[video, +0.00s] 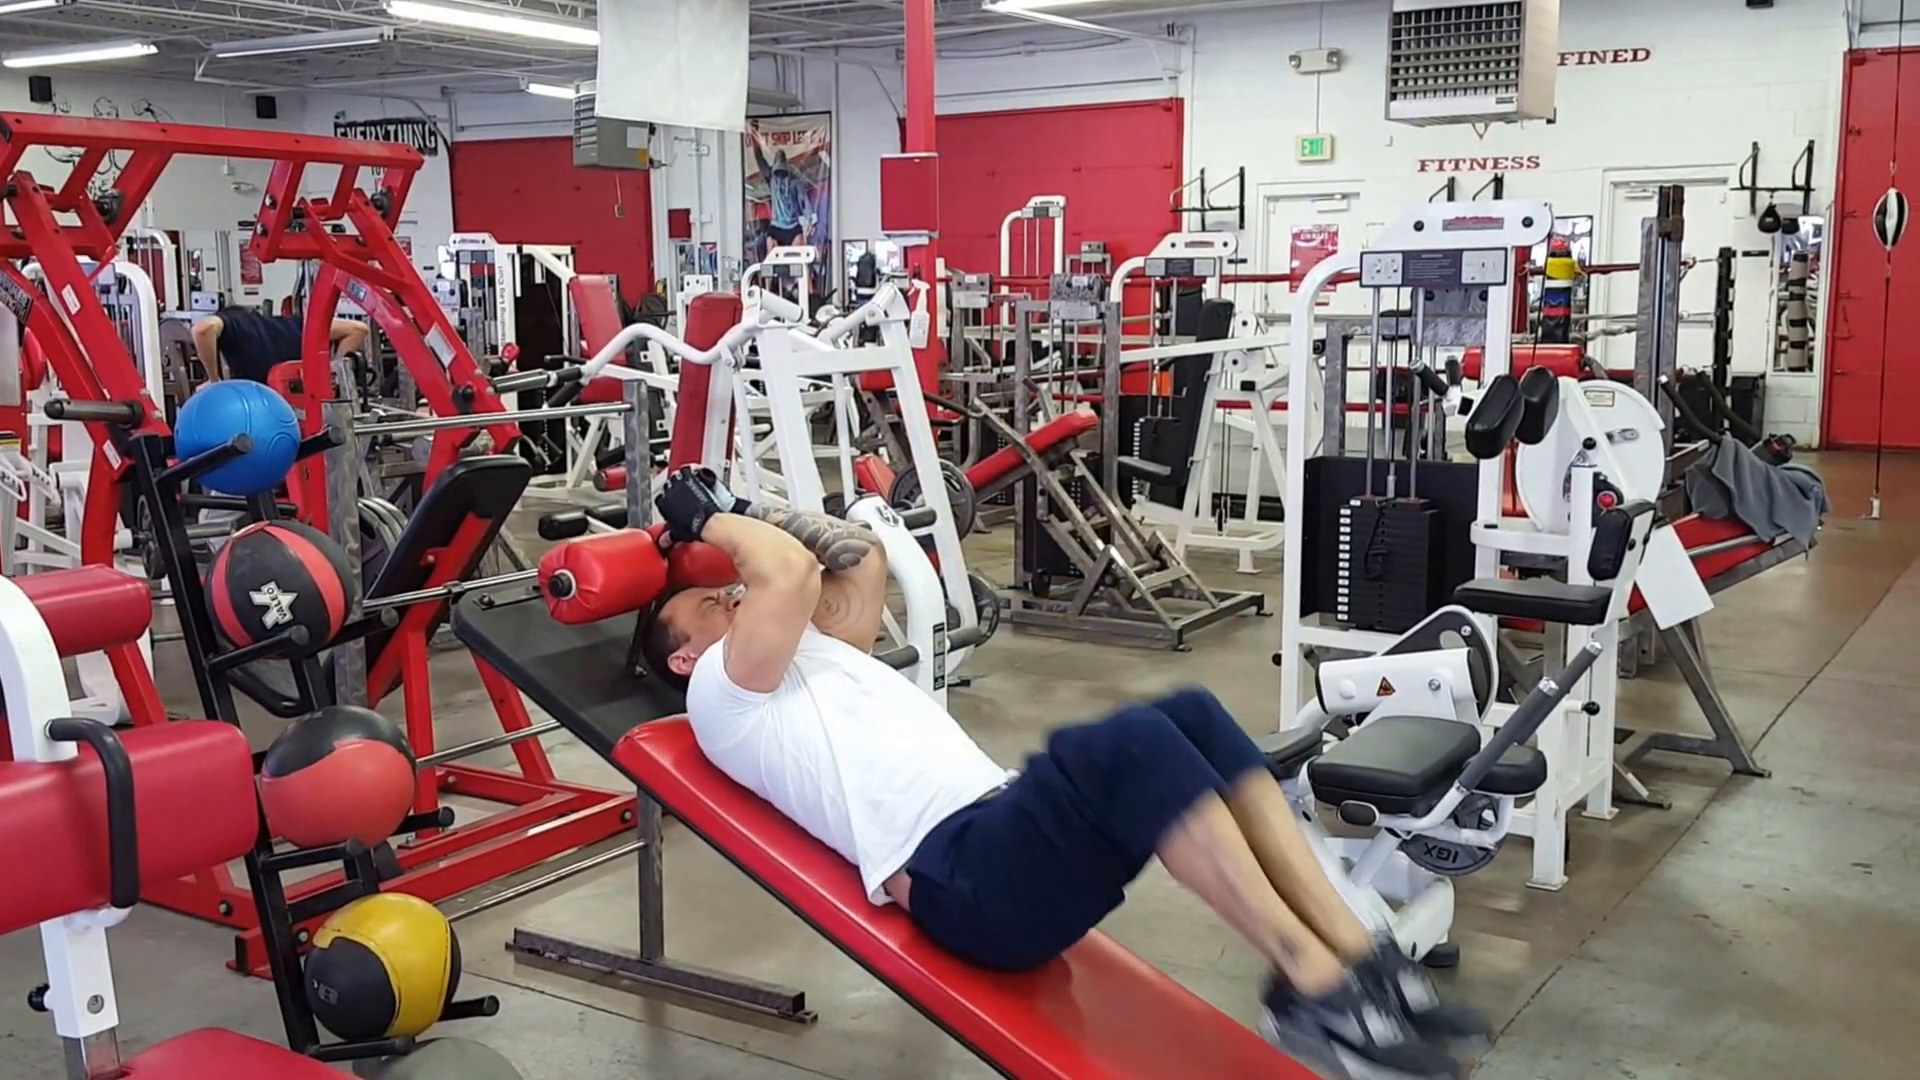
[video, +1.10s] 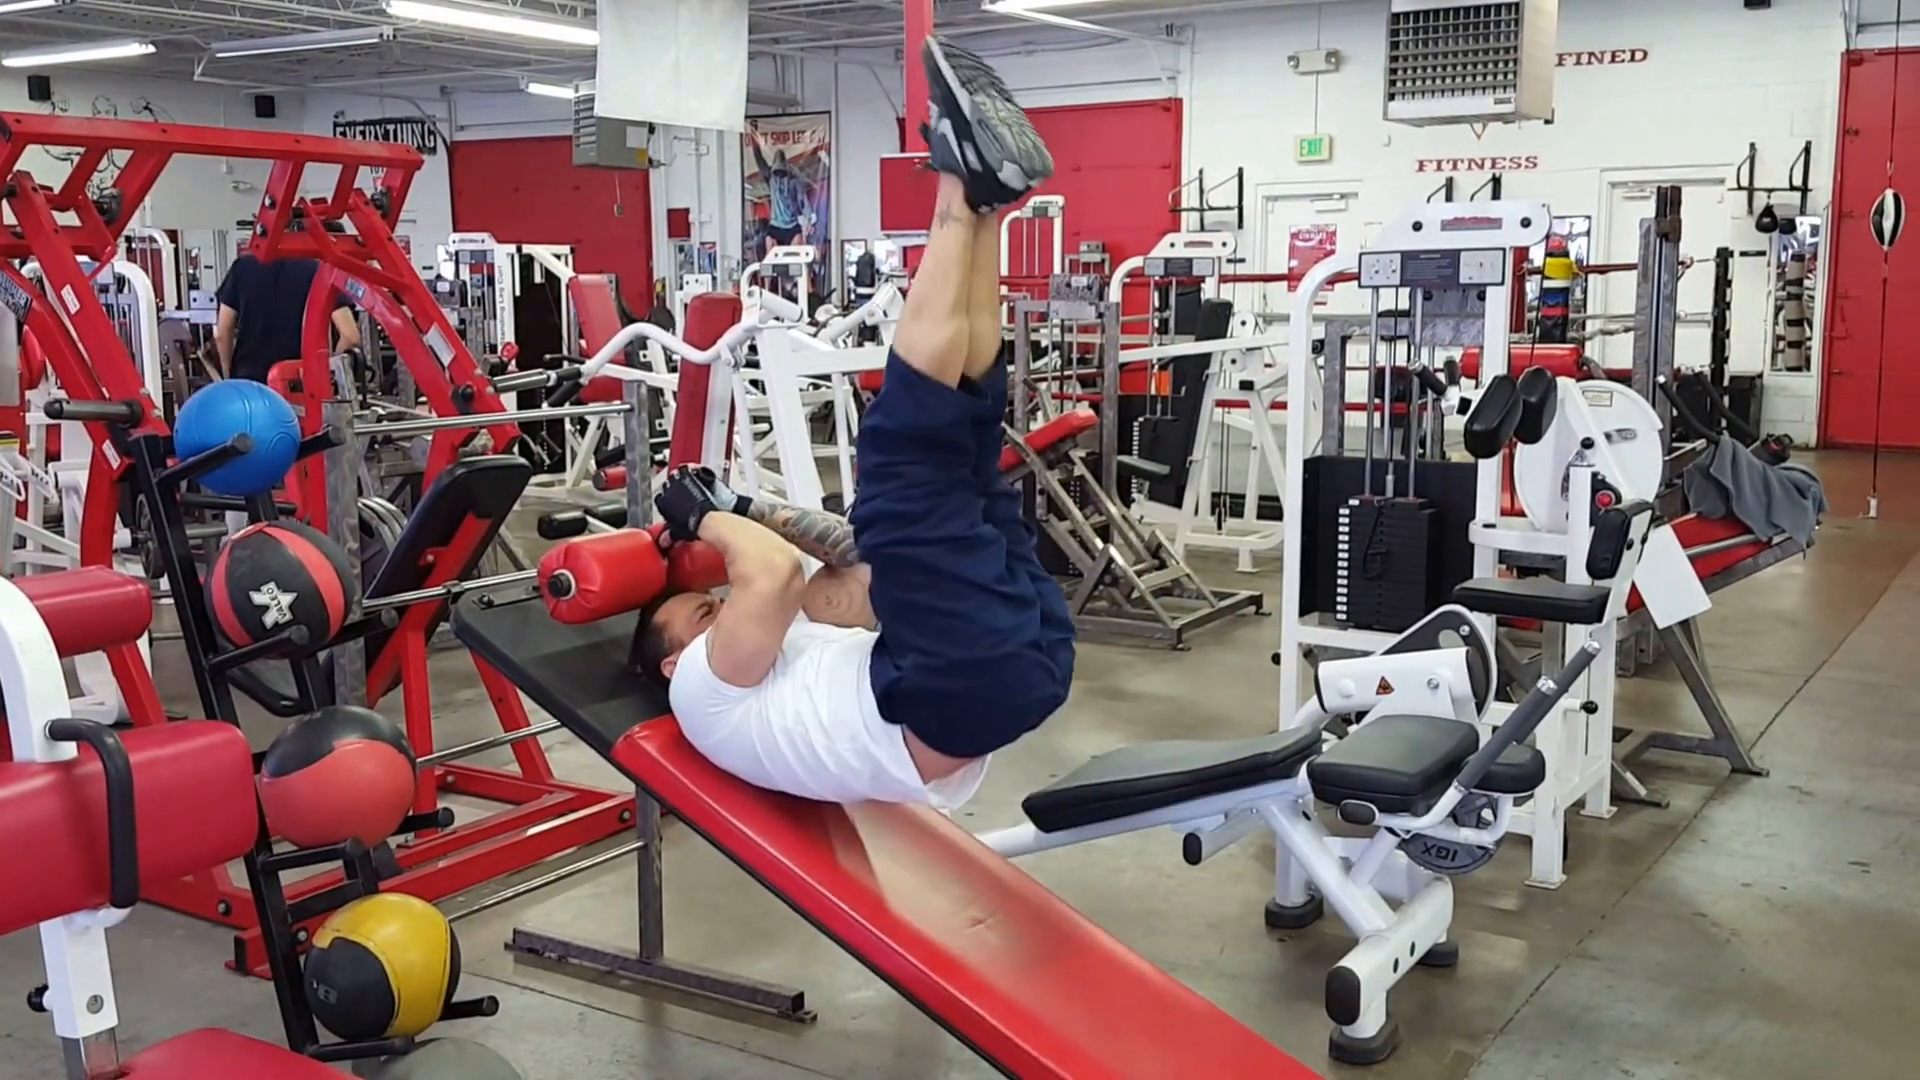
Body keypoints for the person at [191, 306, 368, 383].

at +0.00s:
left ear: (231, 315)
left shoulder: (234, 320)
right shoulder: (300, 324)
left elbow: (202, 331)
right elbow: (358, 330)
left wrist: (213, 380)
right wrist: (334, 363)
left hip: (259, 421)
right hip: (309, 418)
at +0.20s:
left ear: (225, 293)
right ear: (255, 289)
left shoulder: (221, 301)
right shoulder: (293, 304)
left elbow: (198, 327)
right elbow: (358, 330)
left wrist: (213, 379)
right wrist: (332, 364)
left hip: (252, 412)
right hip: (305, 409)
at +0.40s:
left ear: (234, 268)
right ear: (266, 266)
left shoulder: (220, 280)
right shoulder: (297, 285)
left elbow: (192, 319)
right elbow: (351, 328)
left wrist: (208, 374)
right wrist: (331, 367)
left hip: (242, 399)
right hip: (299, 397)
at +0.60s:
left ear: (248, 247)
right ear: (280, 244)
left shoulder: (223, 273)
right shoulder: (302, 278)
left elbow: (183, 314)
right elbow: (350, 329)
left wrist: (182, 377)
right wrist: (328, 366)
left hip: (240, 402)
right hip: (298, 401)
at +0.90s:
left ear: (260, 230)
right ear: (297, 232)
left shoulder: (238, 268)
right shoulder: (315, 273)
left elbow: (204, 333)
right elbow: (351, 332)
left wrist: (181, 386)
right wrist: (328, 364)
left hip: (245, 393)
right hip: (302, 393)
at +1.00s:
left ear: (263, 227)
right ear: (304, 228)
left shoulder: (242, 267)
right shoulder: (318, 270)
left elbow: (216, 334)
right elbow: (351, 334)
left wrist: (206, 376)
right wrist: (330, 367)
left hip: (247, 390)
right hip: (303, 388)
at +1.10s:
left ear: (265, 225)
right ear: (304, 228)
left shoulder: (244, 267)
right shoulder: (318, 270)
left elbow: (222, 333)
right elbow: (350, 336)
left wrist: (229, 374)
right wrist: (328, 368)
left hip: (247, 387)